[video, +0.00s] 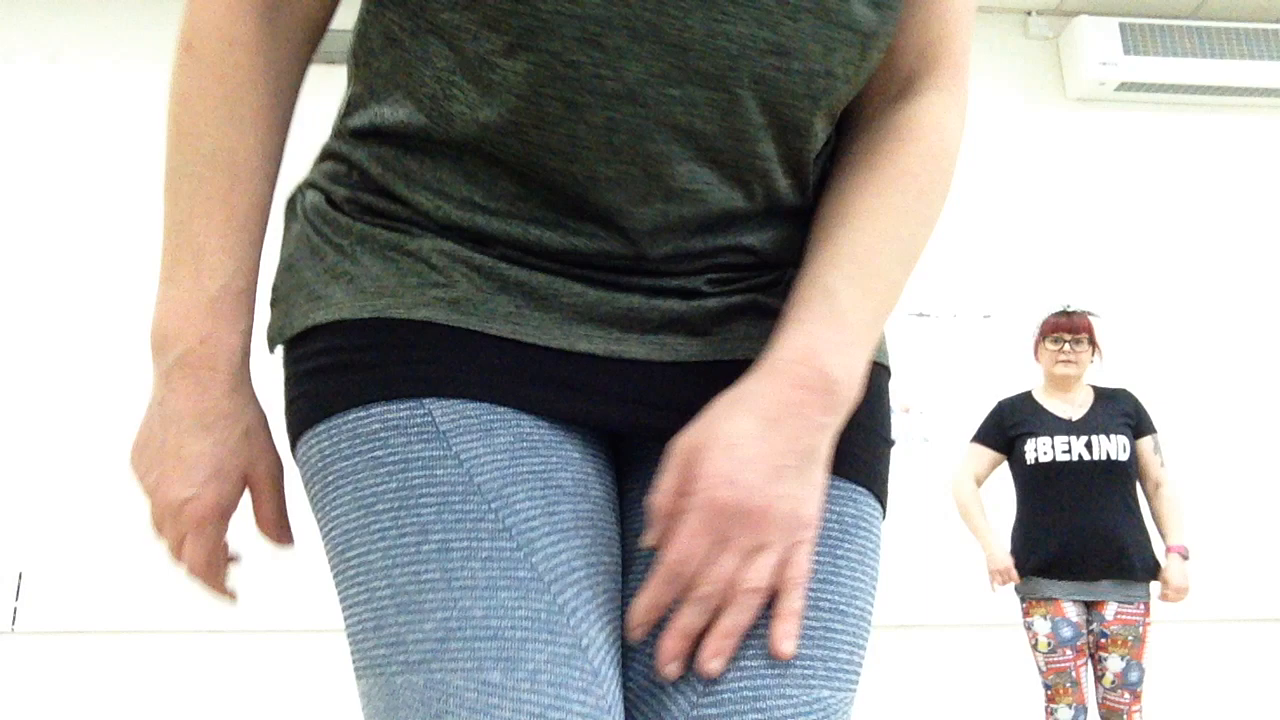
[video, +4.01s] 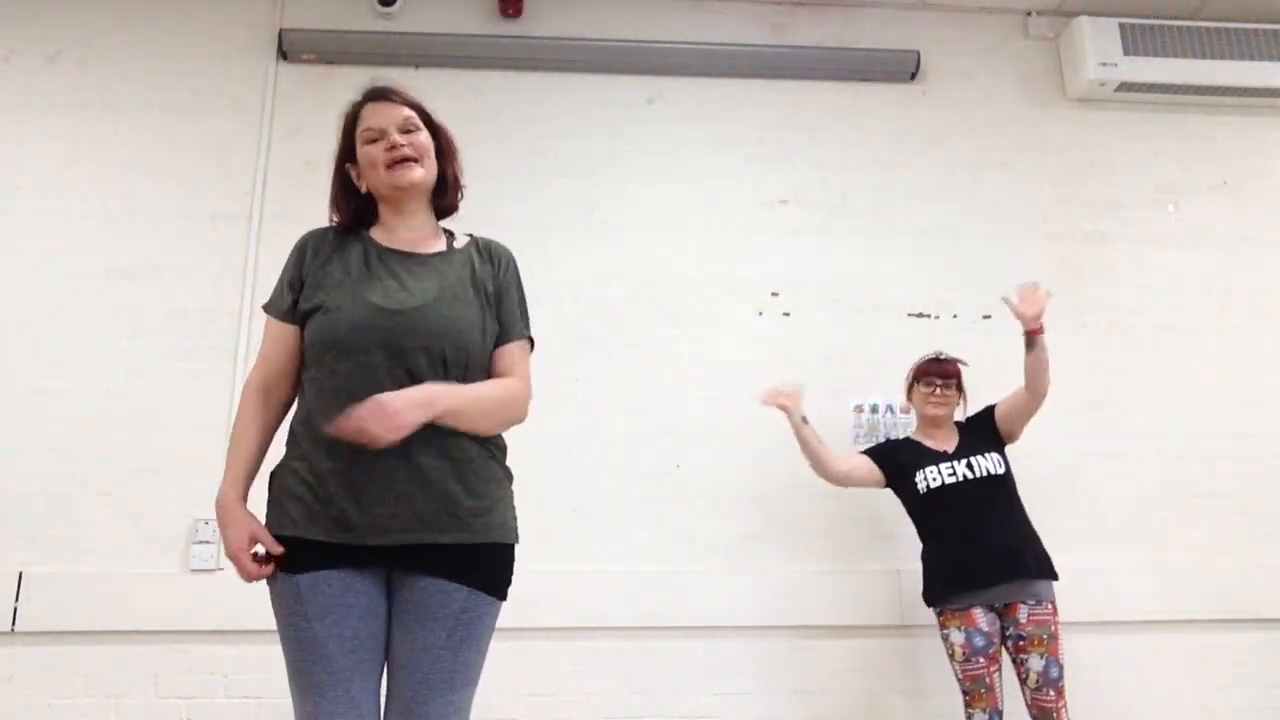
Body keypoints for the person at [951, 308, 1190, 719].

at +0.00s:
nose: (1068, 350)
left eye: (1079, 342)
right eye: (1057, 341)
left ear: (1092, 353)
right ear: (1039, 351)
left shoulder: (1123, 406)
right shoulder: (1013, 412)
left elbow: (1157, 485)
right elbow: (964, 482)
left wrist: (1176, 552)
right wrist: (992, 549)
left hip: (1123, 582)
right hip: (1047, 584)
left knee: (1122, 706)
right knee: (1066, 707)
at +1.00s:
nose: (1024, 361)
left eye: (1034, 354)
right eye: (1014, 354)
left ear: (1049, 365)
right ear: (997, 365)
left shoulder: (1079, 416)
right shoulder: (977, 423)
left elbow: (1130, 487)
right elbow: (933, 492)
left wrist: (1101, 428)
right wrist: (972, 430)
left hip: (1079, 580)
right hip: (1006, 584)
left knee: (1085, 705)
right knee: (1034, 708)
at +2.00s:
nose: (1031, 383)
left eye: (1040, 376)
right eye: (1021, 377)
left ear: (1057, 386)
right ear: (1007, 389)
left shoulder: (1087, 438)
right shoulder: (992, 442)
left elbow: (1117, 509)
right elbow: (927, 461)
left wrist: (1138, 573)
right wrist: (908, 398)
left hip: (1084, 588)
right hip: (1018, 588)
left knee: (1080, 706)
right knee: (1051, 700)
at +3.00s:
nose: (1005, 390)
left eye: (1015, 384)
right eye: (996, 384)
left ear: (1030, 395)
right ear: (981, 393)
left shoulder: (1057, 440)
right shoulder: (958, 444)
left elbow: (1126, 417)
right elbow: (884, 446)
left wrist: (1148, 361)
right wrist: (848, 393)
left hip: (1056, 593)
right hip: (985, 595)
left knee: (1059, 708)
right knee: (996, 708)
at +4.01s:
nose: (938, 391)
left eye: (948, 385)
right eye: (929, 384)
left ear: (960, 396)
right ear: (910, 395)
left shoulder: (986, 430)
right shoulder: (897, 457)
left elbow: (1035, 391)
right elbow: (835, 470)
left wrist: (1034, 330)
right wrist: (796, 417)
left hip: (1027, 584)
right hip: (961, 597)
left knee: (1050, 707)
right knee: (984, 711)